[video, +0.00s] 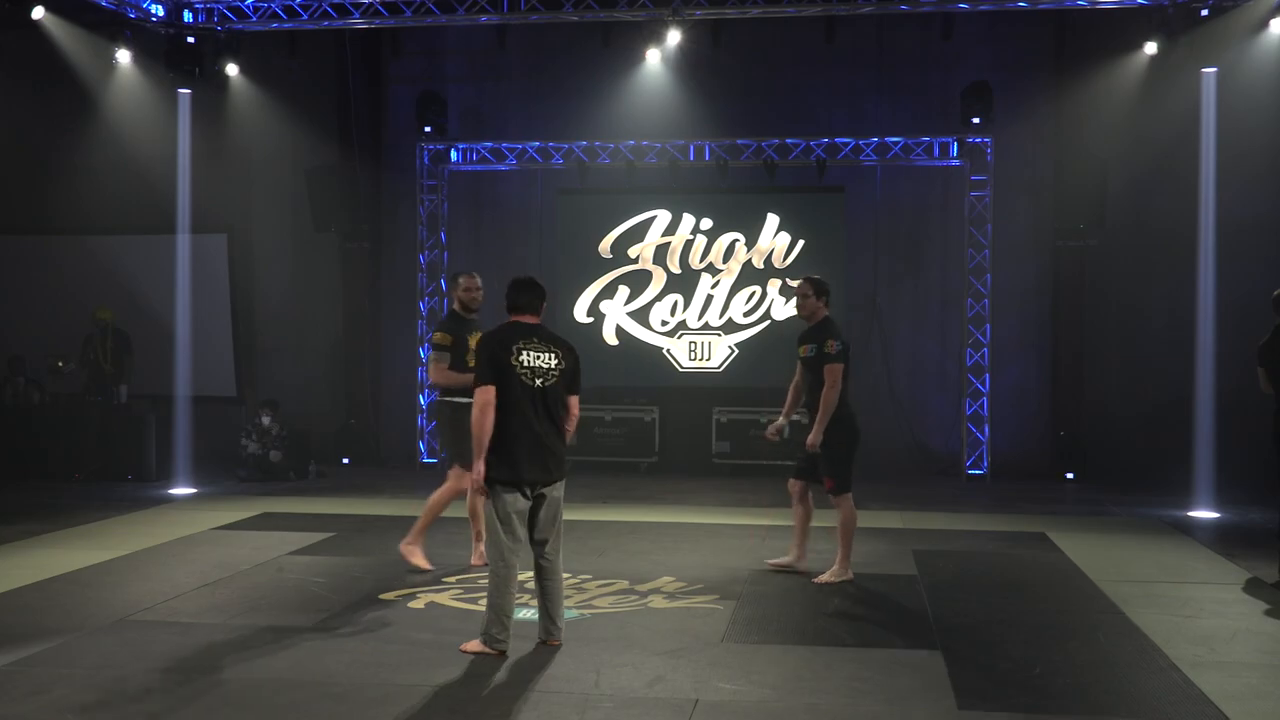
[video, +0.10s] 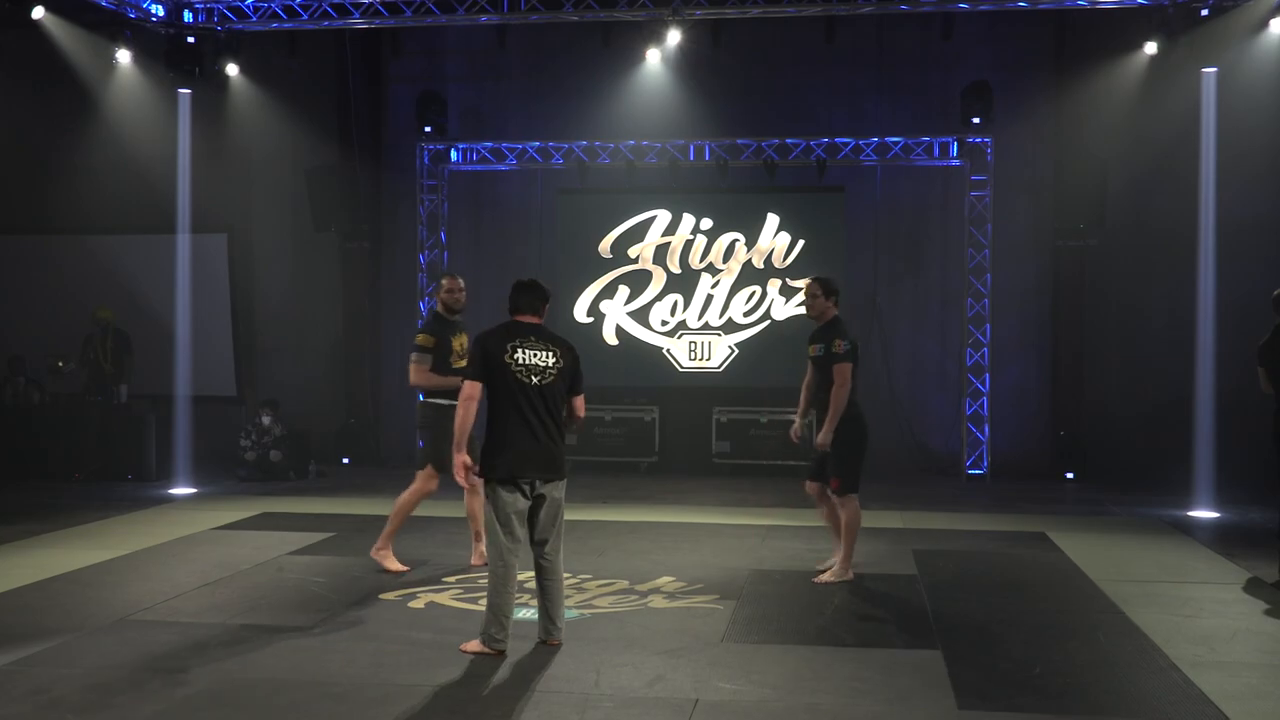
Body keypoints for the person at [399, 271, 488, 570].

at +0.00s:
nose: (475, 294)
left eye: (478, 289)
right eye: (468, 290)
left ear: (482, 292)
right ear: (454, 293)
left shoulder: (475, 328)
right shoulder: (446, 327)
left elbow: (475, 370)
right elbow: (437, 375)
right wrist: (479, 379)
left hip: (475, 407)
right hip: (451, 409)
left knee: (478, 480)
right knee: (459, 480)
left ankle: (479, 547)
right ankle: (411, 541)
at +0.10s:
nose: (457, 295)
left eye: (460, 290)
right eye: (450, 291)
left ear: (465, 294)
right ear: (437, 295)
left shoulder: (459, 327)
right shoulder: (431, 327)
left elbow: (456, 370)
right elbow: (416, 377)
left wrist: (476, 379)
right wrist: (463, 383)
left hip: (460, 410)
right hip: (435, 412)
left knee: (474, 479)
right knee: (426, 482)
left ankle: (480, 548)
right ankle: (382, 546)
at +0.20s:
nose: (440, 296)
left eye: (444, 291)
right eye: (434, 292)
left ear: (449, 296)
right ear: (422, 297)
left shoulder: (444, 329)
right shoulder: (413, 329)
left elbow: (440, 373)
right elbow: (396, 377)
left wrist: (455, 390)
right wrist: (439, 386)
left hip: (440, 414)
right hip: (417, 414)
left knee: (462, 475)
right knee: (400, 480)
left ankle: (477, 546)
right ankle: (377, 554)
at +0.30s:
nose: (427, 293)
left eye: (431, 288)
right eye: (420, 288)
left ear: (436, 293)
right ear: (408, 293)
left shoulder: (434, 327)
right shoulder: (398, 327)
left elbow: (433, 369)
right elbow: (378, 373)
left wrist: (438, 395)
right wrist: (421, 386)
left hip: (427, 410)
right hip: (399, 411)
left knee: (445, 472)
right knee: (389, 480)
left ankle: (460, 544)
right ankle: (377, 554)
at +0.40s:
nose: (417, 291)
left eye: (421, 286)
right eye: (411, 286)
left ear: (427, 290)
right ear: (400, 291)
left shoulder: (424, 322)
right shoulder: (389, 323)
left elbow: (419, 360)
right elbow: (365, 368)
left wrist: (427, 383)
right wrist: (406, 384)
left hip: (416, 406)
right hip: (390, 407)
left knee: (437, 470)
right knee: (386, 479)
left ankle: (423, 543)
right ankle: (380, 553)